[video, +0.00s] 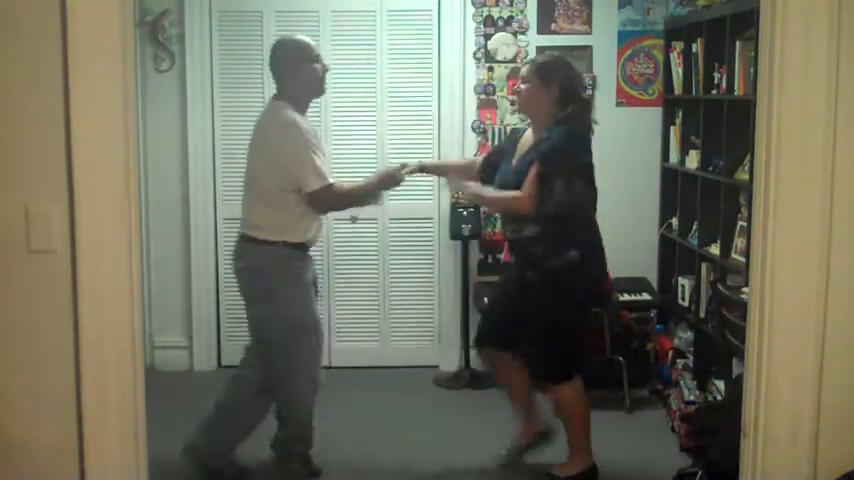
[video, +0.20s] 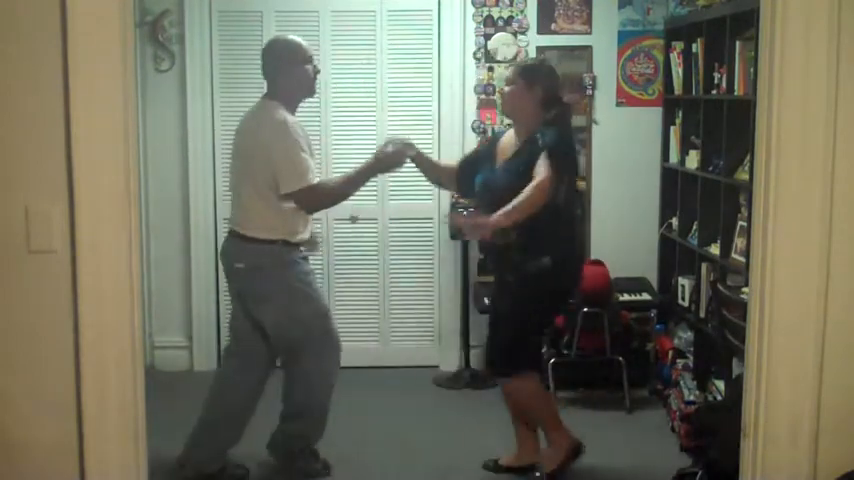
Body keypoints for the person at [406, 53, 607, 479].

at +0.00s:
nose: (517, 88)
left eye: (526, 82)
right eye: (520, 81)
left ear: (553, 91)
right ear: (540, 93)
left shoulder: (562, 140)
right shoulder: (524, 136)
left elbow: (528, 203)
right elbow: (482, 170)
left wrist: (477, 195)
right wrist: (427, 167)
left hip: (563, 267)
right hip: (528, 265)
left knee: (560, 365)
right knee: (495, 344)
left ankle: (581, 459)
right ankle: (533, 425)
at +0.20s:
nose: (503, 90)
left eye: (512, 85)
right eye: (506, 84)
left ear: (536, 93)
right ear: (525, 94)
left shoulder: (552, 137)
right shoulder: (499, 141)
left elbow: (544, 188)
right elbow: (456, 179)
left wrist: (495, 220)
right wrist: (416, 155)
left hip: (547, 262)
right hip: (513, 262)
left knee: (507, 356)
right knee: (511, 356)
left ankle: (561, 440)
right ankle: (526, 451)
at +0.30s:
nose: (490, 92)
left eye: (499, 87)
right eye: (493, 86)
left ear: (526, 96)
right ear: (511, 97)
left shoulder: (542, 139)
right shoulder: (484, 146)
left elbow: (555, 173)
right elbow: (441, 174)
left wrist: (546, 190)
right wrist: (400, 138)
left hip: (537, 266)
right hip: (500, 268)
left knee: (478, 356)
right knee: (509, 361)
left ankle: (513, 452)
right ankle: (528, 453)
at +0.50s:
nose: (472, 98)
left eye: (482, 91)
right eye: (475, 91)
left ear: (507, 100)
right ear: (491, 100)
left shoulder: (523, 142)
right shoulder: (469, 146)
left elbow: (535, 161)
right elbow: (429, 154)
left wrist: (508, 169)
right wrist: (397, 112)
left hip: (515, 269)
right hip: (480, 269)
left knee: (462, 367)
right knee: (490, 361)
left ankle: (450, 470)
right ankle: (524, 451)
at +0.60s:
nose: (468, 101)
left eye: (475, 95)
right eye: (471, 94)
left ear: (494, 104)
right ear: (498, 105)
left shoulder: (497, 141)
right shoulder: (484, 139)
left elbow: (482, 181)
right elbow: (452, 125)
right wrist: (433, 89)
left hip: (497, 266)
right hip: (511, 263)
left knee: (451, 364)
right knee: (482, 355)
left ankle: (449, 469)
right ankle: (513, 448)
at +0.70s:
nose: (522, 103)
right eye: (518, 97)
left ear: (474, 102)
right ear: (517, 101)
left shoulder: (459, 147)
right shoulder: (529, 143)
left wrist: (405, 194)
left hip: (470, 273)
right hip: (524, 272)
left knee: (446, 363)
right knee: (497, 356)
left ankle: (447, 468)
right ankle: (481, 451)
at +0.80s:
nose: (512, 93)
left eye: (501, 88)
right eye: (509, 88)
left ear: (467, 98)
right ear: (509, 97)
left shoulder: (450, 141)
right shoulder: (526, 137)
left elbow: (407, 178)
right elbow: (560, 76)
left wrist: (446, 216)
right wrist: (516, 38)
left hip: (453, 262)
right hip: (511, 265)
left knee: (444, 346)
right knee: (509, 360)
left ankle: (424, 433)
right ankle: (461, 445)